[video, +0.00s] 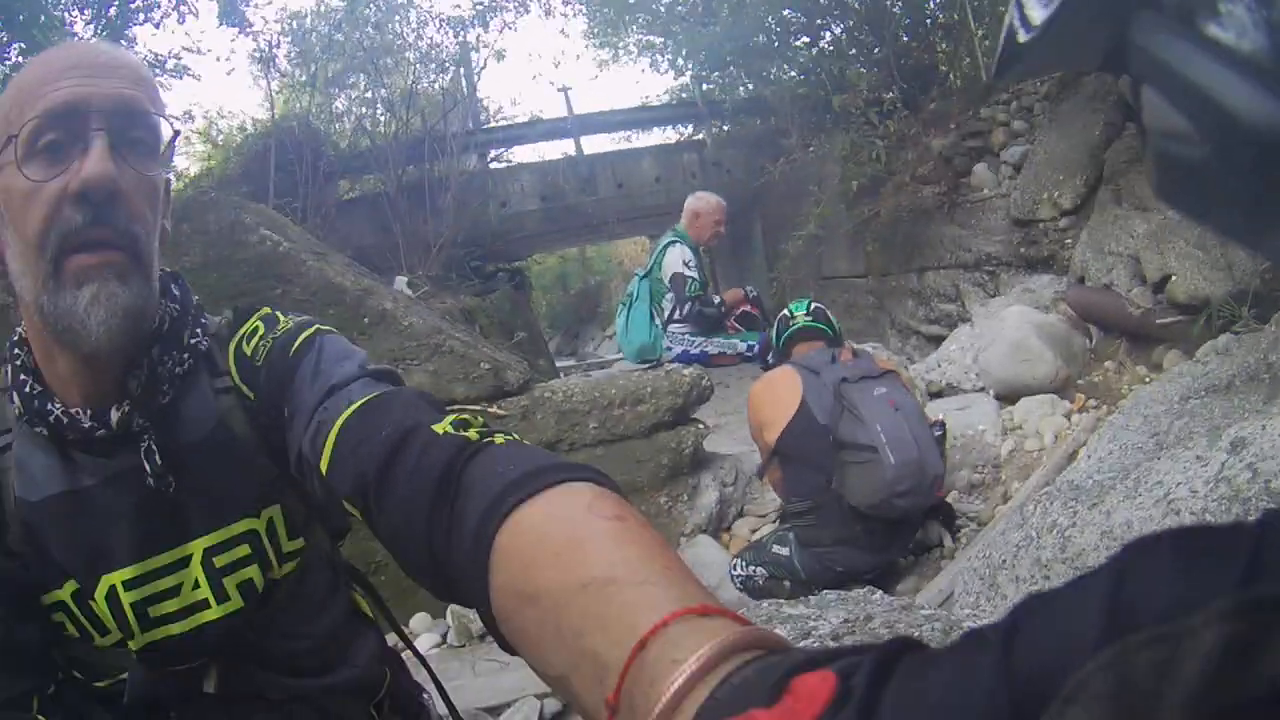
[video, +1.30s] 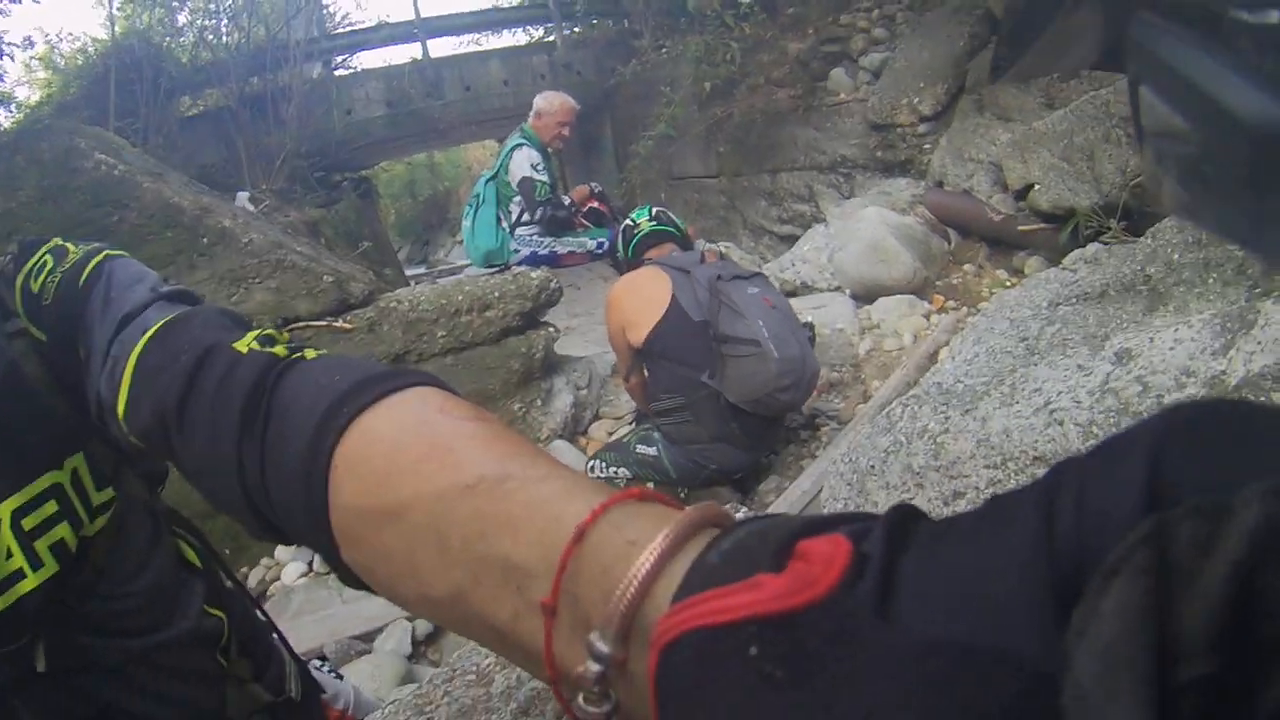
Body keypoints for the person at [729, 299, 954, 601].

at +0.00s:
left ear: (778, 347)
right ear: (837, 338)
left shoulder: (765, 390)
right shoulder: (883, 368)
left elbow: (778, 481)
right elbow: (923, 439)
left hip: (827, 552)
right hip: (899, 535)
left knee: (742, 571)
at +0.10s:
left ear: (792, 363)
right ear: (848, 352)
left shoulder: (780, 407)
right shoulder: (895, 382)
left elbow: (792, 497)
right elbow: (949, 448)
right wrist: (948, 524)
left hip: (854, 572)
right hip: (921, 552)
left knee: (756, 586)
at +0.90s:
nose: (787, 354)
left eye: (789, 347)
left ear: (798, 346)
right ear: (849, 337)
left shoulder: (795, 383)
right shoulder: (881, 363)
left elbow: (793, 472)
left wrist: (815, 511)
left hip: (865, 541)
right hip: (921, 522)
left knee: (752, 559)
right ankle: (897, 566)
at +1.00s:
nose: (766, 365)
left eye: (769, 357)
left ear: (777, 356)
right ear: (829, 347)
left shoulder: (775, 394)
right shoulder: (862, 371)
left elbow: (776, 483)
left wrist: (799, 521)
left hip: (848, 551)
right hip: (904, 532)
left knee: (735, 566)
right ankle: (878, 578)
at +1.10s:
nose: (721, 366)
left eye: (724, 357)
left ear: (732, 353)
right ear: (787, 343)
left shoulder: (731, 390)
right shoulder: (821, 366)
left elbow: (734, 477)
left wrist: (759, 516)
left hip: (807, 545)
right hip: (864, 528)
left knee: (694, 561)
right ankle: (835, 574)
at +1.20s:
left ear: (664, 303)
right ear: (725, 286)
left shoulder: (667, 338)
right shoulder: (757, 312)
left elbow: (668, 424)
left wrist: (695, 461)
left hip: (739, 495)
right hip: (799, 476)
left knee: (626, 519)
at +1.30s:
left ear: (626, 258)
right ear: (685, 236)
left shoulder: (625, 292)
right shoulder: (718, 265)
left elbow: (631, 376)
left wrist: (655, 414)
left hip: (709, 449)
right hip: (768, 428)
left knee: (599, 466)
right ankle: (750, 468)